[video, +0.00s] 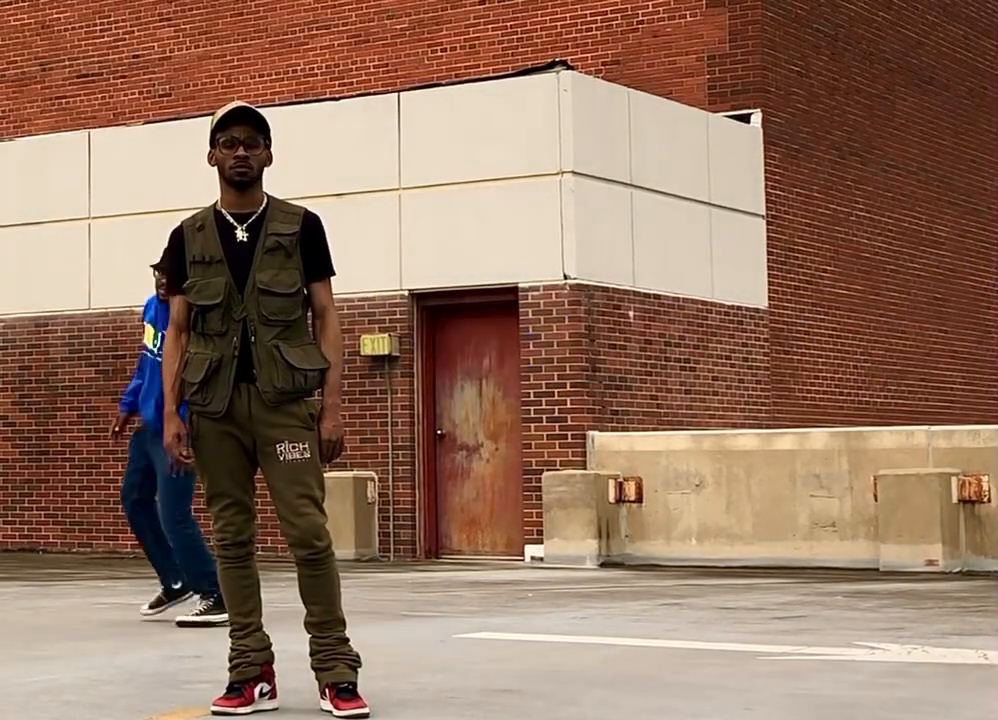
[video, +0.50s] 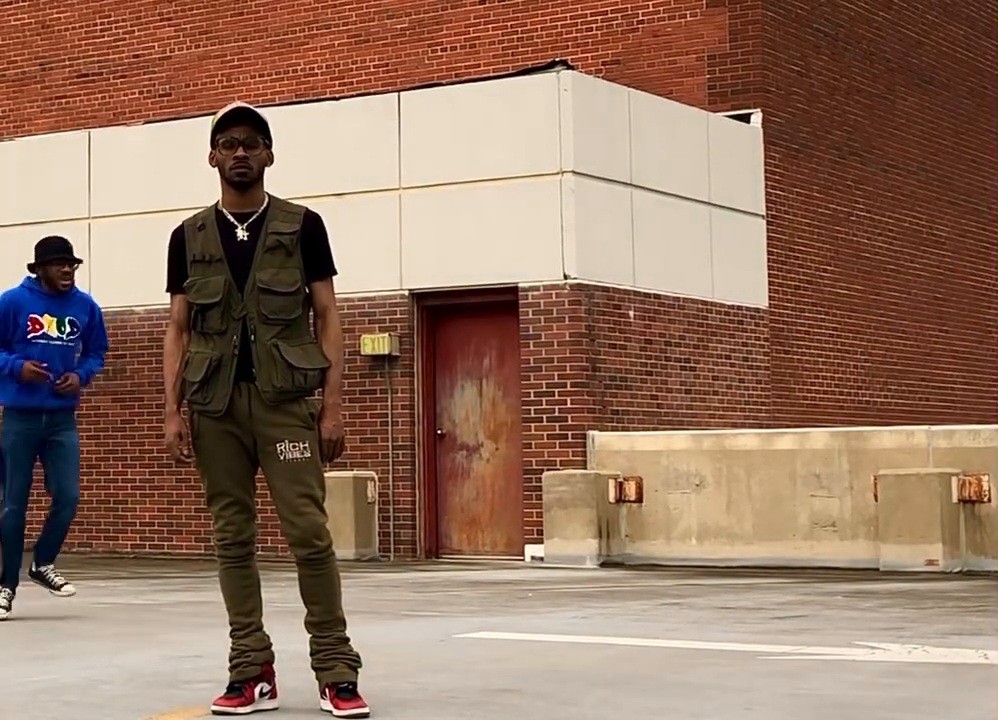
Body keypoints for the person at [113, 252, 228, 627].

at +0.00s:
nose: (162, 279)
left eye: (168, 273)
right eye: (158, 271)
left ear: (183, 278)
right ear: (155, 274)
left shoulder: (193, 316)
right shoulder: (154, 307)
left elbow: (195, 372)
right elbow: (149, 362)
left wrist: (181, 419)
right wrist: (128, 404)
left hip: (176, 426)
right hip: (149, 423)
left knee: (174, 515)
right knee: (134, 501)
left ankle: (215, 594)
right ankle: (175, 582)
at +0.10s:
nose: (127, 283)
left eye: (136, 278)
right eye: (123, 275)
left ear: (151, 281)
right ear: (115, 275)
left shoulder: (166, 314)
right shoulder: (100, 310)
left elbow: (184, 370)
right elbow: (93, 359)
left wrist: (157, 406)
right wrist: (76, 379)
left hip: (144, 434)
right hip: (105, 433)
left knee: (154, 516)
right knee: (87, 511)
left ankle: (205, 590)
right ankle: (70, 592)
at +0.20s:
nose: (95, 298)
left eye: (103, 293)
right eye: (90, 290)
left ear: (114, 298)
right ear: (79, 293)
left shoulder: (132, 337)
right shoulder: (59, 333)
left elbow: (162, 390)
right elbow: (31, 375)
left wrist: (135, 392)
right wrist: (31, 383)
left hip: (106, 452)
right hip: (63, 447)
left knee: (115, 526)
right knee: (40, 519)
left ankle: (173, 584)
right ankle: (50, 601)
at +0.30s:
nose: (82, 296)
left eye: (89, 290)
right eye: (75, 289)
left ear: (98, 294)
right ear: (63, 292)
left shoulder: (116, 333)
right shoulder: (41, 331)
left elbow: (128, 385)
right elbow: (16, 374)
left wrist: (119, 397)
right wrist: (13, 388)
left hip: (91, 448)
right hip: (46, 446)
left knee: (91, 522)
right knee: (29, 523)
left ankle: (130, 580)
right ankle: (50, 601)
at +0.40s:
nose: (71, 275)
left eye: (77, 269)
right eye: (63, 269)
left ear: (85, 273)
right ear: (49, 273)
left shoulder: (101, 314)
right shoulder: (23, 311)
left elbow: (109, 364)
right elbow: (3, 357)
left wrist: (94, 390)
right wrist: (13, 377)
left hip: (79, 428)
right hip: (32, 427)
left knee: (82, 507)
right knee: (28, 511)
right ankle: (43, 591)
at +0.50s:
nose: (68, 271)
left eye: (71, 264)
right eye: (59, 266)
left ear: (75, 266)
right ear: (40, 268)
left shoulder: (85, 305)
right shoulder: (12, 302)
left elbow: (96, 354)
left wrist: (81, 375)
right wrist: (17, 368)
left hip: (62, 419)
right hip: (19, 418)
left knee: (68, 496)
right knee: (14, 504)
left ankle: (42, 563)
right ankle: (6, 583)